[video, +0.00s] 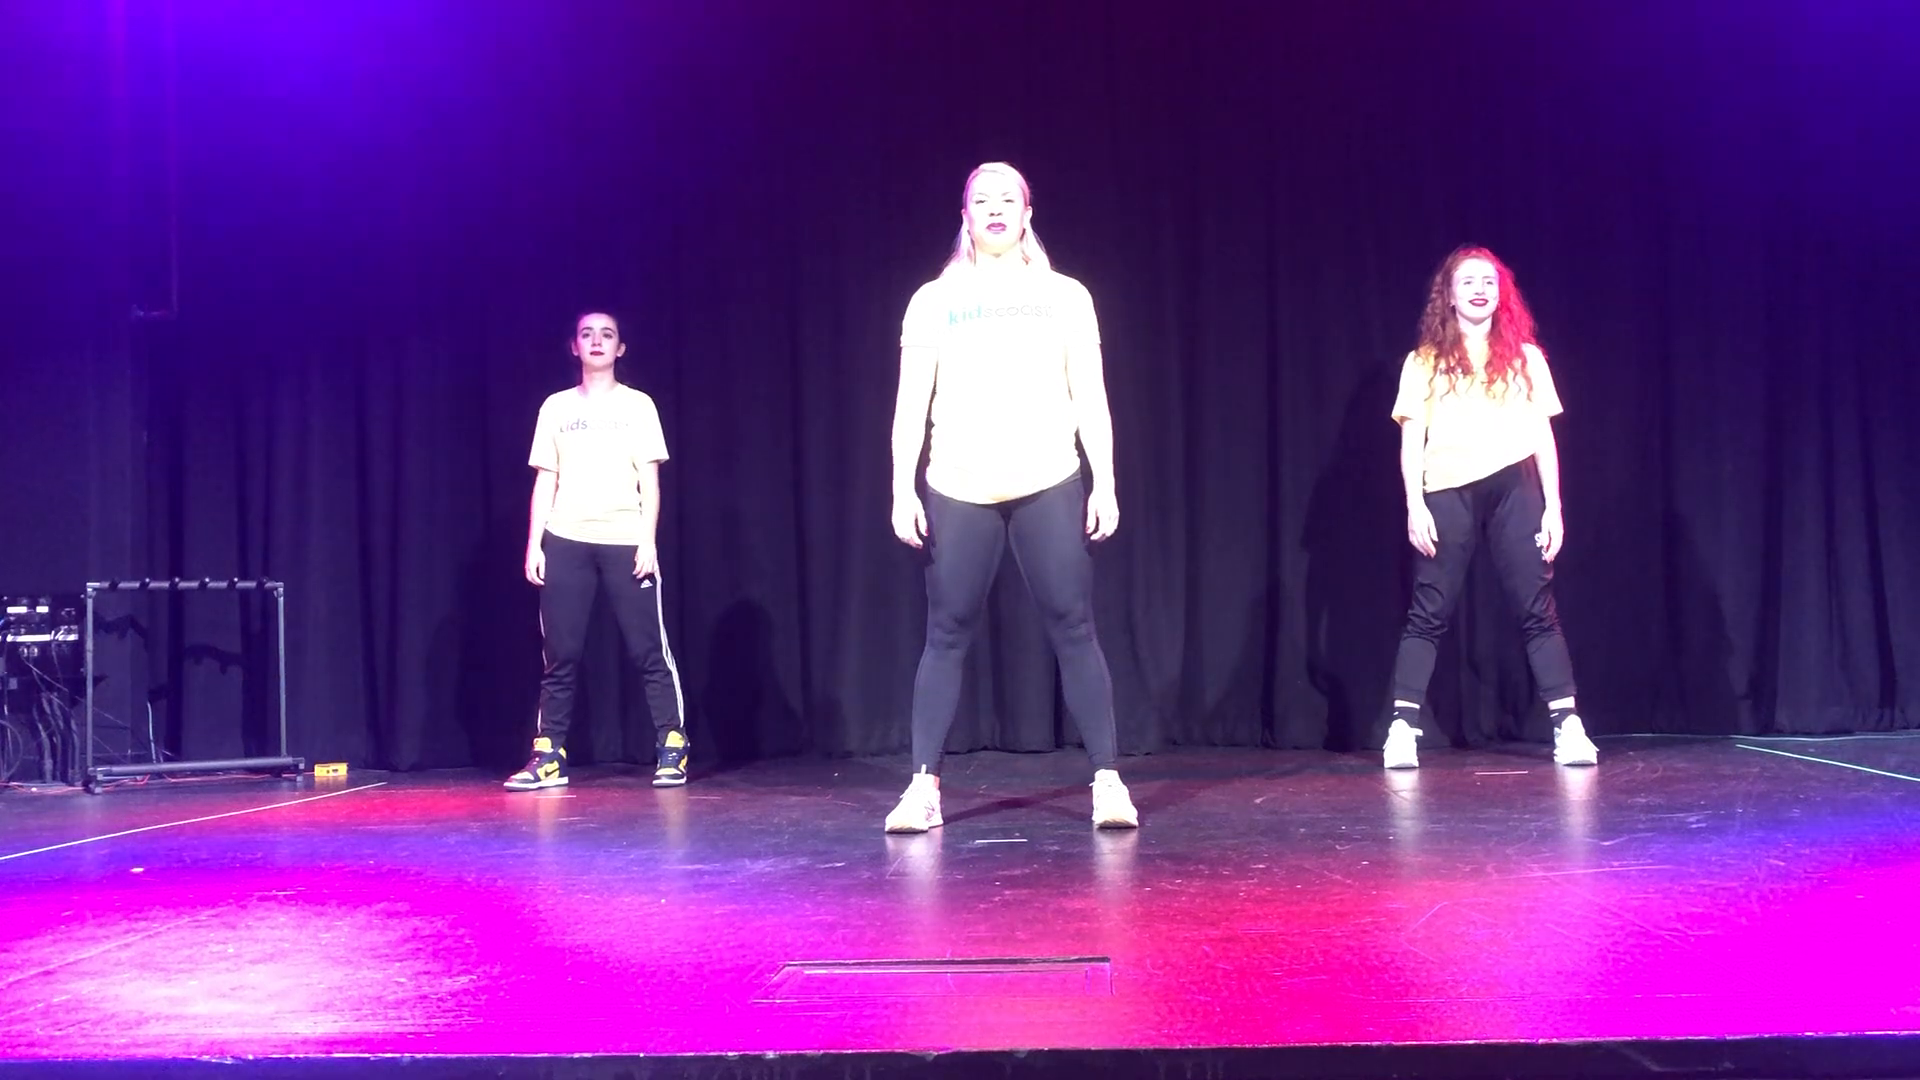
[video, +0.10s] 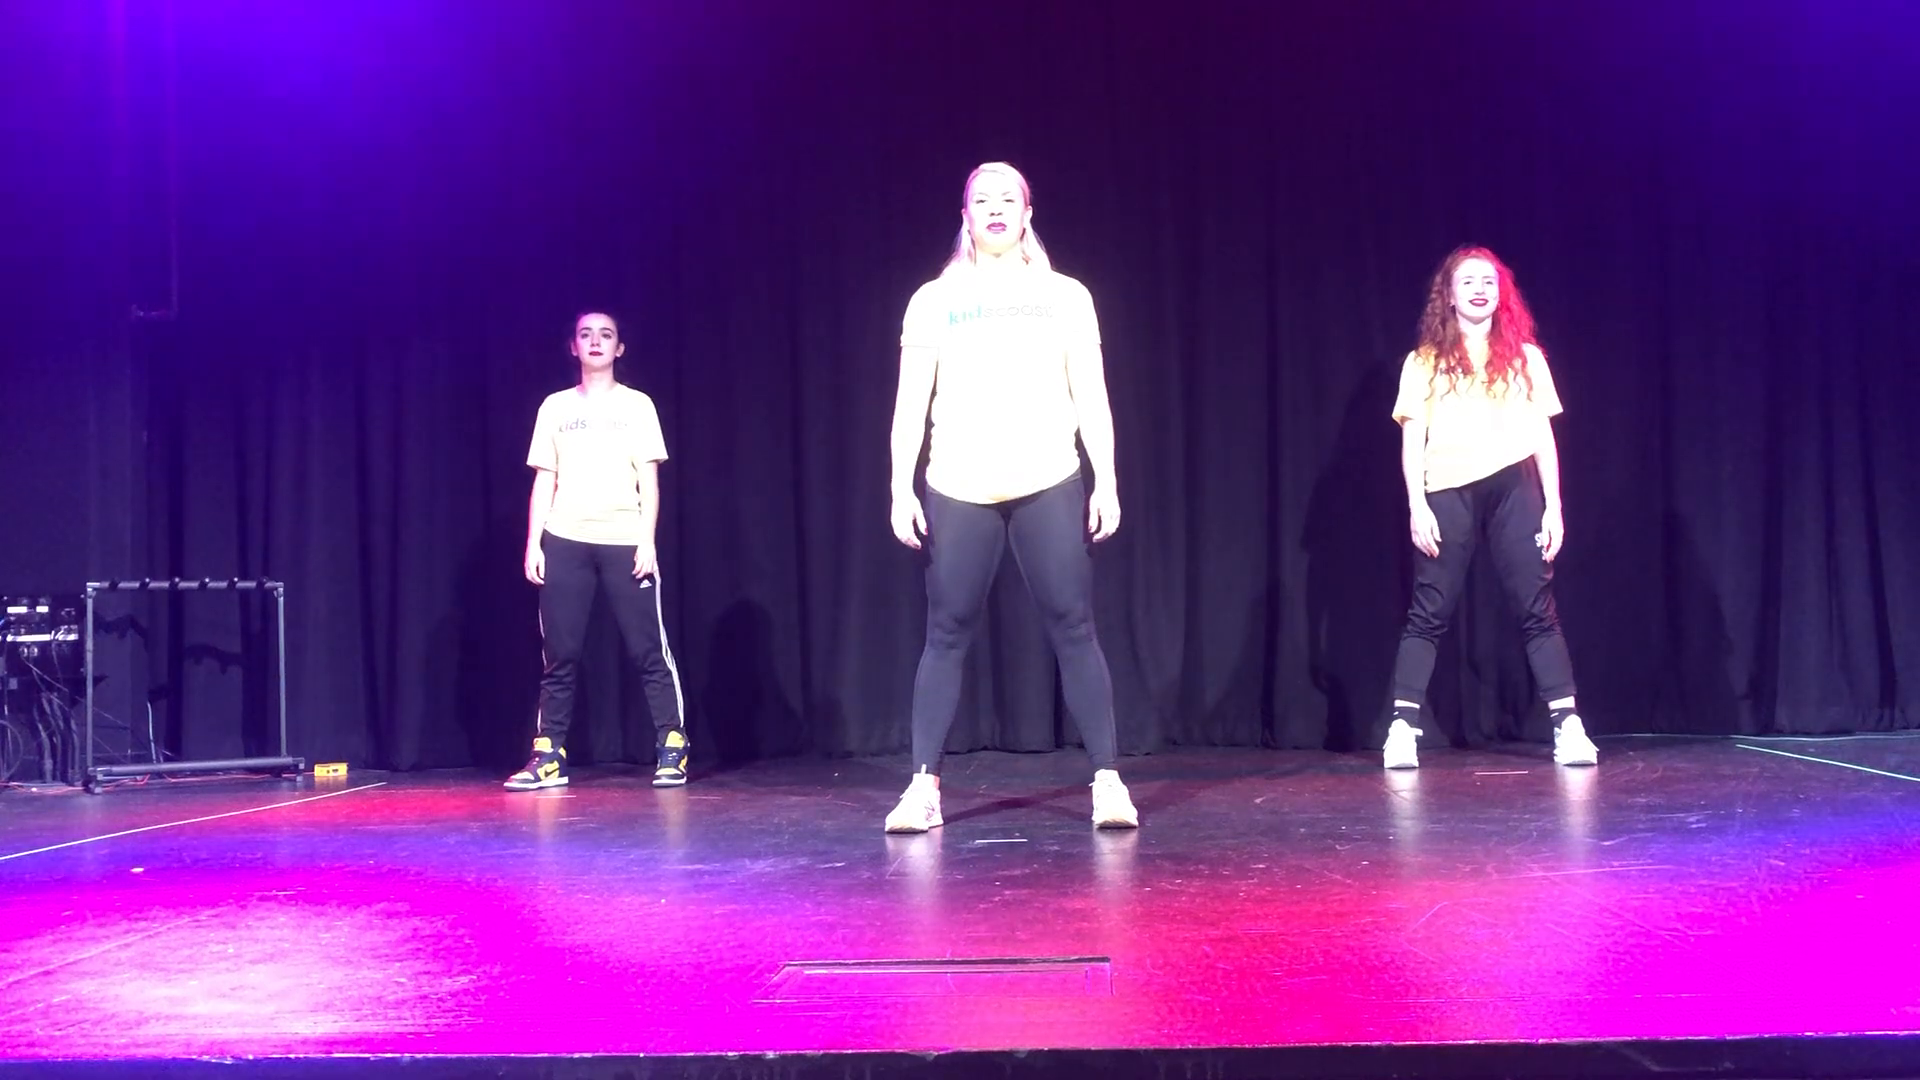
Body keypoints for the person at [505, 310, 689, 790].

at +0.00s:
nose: (596, 342)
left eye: (605, 335)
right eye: (588, 334)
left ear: (619, 348)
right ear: (575, 347)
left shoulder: (638, 405)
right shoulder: (555, 406)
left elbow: (649, 480)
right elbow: (545, 479)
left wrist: (647, 542)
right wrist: (534, 543)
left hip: (626, 543)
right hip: (566, 542)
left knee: (648, 652)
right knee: (559, 655)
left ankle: (672, 747)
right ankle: (549, 756)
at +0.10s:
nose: (595, 342)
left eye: (604, 335)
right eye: (586, 334)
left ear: (618, 348)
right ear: (574, 346)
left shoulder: (638, 405)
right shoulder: (554, 406)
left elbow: (648, 481)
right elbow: (543, 480)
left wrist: (647, 543)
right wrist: (533, 543)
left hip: (625, 543)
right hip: (564, 542)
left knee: (648, 652)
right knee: (558, 655)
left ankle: (672, 748)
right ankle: (550, 756)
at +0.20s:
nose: (594, 342)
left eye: (604, 335)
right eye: (586, 334)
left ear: (618, 348)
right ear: (573, 347)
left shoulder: (637, 405)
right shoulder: (553, 406)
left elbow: (648, 481)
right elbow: (542, 481)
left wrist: (647, 543)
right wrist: (534, 544)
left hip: (624, 543)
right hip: (564, 543)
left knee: (648, 652)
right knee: (558, 655)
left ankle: (672, 748)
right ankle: (549, 756)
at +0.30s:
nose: (594, 341)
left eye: (604, 335)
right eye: (586, 334)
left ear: (618, 348)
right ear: (573, 347)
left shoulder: (637, 405)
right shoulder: (553, 406)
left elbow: (648, 481)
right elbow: (542, 481)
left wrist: (647, 543)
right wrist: (535, 544)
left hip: (625, 542)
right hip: (564, 542)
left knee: (647, 652)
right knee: (559, 655)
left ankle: (672, 747)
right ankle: (549, 756)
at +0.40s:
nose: (594, 342)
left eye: (604, 335)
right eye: (586, 334)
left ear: (618, 348)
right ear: (573, 347)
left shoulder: (637, 405)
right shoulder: (552, 406)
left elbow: (648, 481)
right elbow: (542, 481)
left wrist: (648, 542)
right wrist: (535, 544)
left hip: (625, 542)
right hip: (564, 542)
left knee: (648, 652)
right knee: (558, 655)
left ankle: (672, 748)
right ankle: (549, 756)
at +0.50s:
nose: (595, 342)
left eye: (604, 335)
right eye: (586, 335)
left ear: (618, 348)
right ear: (573, 346)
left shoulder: (637, 405)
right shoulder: (552, 406)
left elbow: (648, 481)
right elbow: (542, 480)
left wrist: (648, 542)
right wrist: (534, 544)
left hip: (625, 543)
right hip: (564, 542)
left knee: (648, 652)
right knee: (558, 655)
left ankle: (672, 747)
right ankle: (549, 756)